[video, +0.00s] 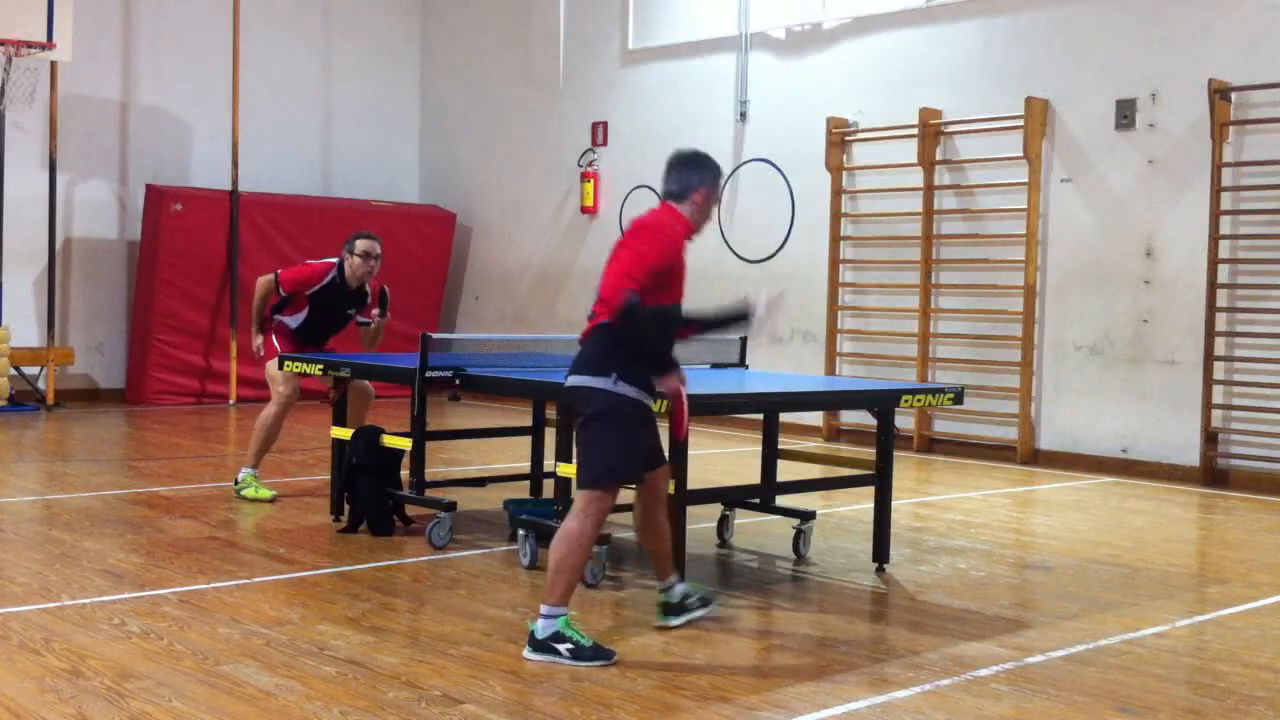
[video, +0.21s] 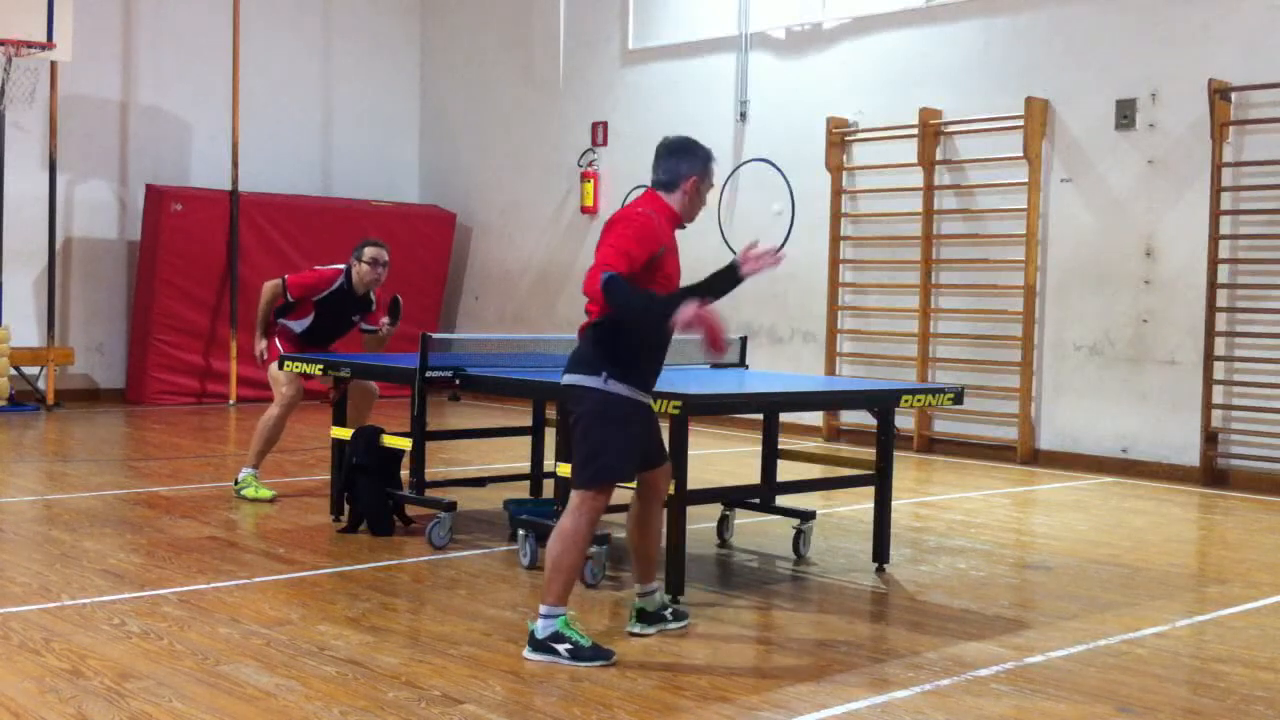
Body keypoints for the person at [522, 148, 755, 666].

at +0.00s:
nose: (715, 209)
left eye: (717, 199)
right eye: (716, 198)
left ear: (675, 190)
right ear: (702, 195)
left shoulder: (663, 232)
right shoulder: (660, 230)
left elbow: (656, 325)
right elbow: (617, 296)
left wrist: (736, 318)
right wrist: (659, 364)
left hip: (622, 387)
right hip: (605, 386)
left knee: (655, 479)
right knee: (592, 504)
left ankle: (673, 592)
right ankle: (547, 625)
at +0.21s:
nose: (709, 196)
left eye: (709, 186)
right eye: (707, 185)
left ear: (672, 180)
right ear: (690, 183)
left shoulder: (657, 228)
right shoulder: (640, 220)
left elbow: (675, 302)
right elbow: (608, 284)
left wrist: (736, 272)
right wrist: (672, 312)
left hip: (627, 388)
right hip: (601, 386)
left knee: (655, 479)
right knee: (588, 501)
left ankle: (649, 602)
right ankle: (547, 626)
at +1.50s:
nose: (817, 207)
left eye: (820, 200)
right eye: (820, 200)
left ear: (830, 203)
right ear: (870, 207)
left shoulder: (810, 250)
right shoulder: (902, 262)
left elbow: (783, 316)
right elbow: (940, 343)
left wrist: (759, 374)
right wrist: (915, 352)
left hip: (820, 412)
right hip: (885, 414)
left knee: (760, 500)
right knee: (913, 501)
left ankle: (731, 623)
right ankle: (949, 615)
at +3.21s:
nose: (812, 239)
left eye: (810, 229)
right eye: (812, 230)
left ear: (763, 222)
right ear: (804, 229)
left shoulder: (719, 270)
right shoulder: (791, 269)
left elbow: (716, 353)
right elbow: (800, 350)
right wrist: (870, 391)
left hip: (706, 432)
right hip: (770, 432)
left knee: (682, 541)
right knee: (848, 527)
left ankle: (607, 631)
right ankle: (919, 635)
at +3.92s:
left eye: (817, 202)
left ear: (815, 206)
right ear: (859, 209)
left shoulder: (782, 261)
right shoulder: (884, 263)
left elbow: (754, 333)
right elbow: (923, 345)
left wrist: (797, 346)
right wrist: (941, 373)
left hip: (807, 416)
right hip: (875, 414)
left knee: (745, 505)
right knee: (910, 488)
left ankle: (747, 621)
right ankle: (927, 588)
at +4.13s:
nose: (966, 249)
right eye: (966, 242)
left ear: (922, 239)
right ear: (961, 243)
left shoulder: (885, 284)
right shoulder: (953, 286)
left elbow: (856, 357)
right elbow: (963, 358)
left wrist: (921, 380)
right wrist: (1021, 403)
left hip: (864, 426)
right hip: (928, 428)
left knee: (813, 528)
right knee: (974, 500)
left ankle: (766, 611)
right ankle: (963, 607)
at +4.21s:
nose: (992, 243)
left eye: (987, 234)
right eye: (992, 235)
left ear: (945, 228)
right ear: (989, 237)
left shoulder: (909, 270)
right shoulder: (973, 273)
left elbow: (873, 339)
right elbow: (988, 342)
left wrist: (922, 363)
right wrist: (1064, 372)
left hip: (878, 412)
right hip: (941, 417)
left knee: (828, 511)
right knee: (980, 499)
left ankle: (780, 606)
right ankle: (963, 607)